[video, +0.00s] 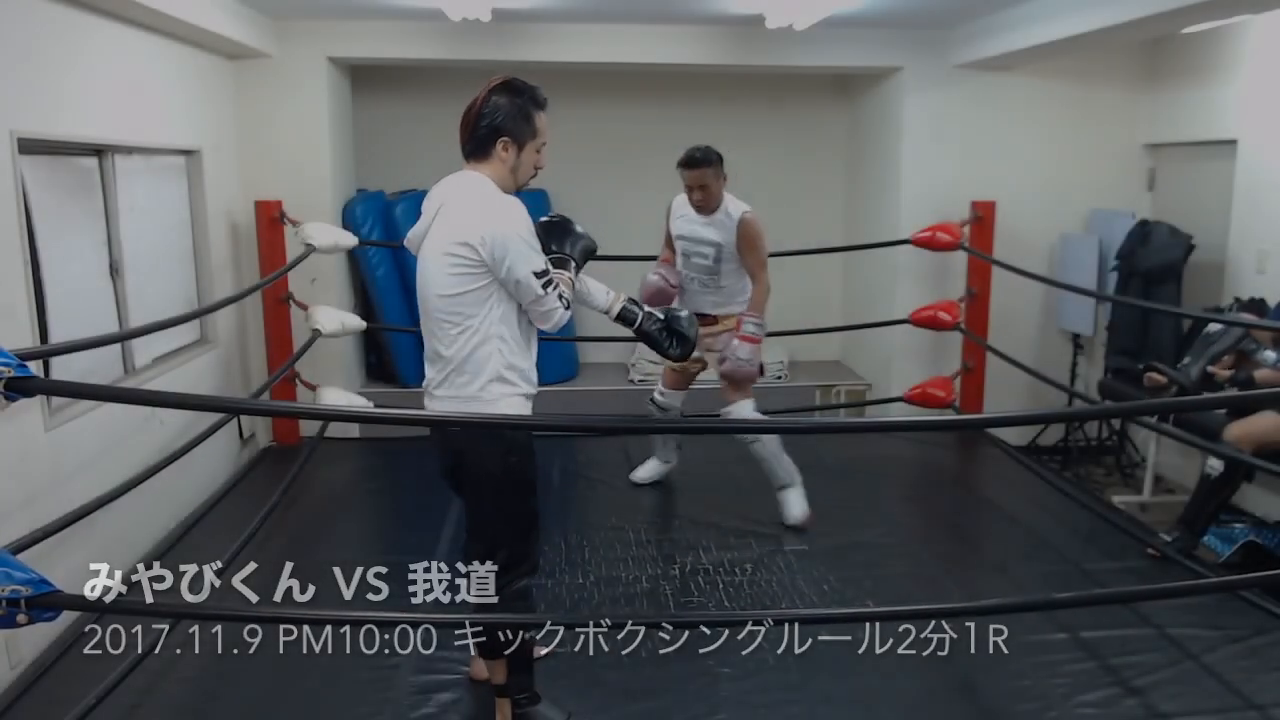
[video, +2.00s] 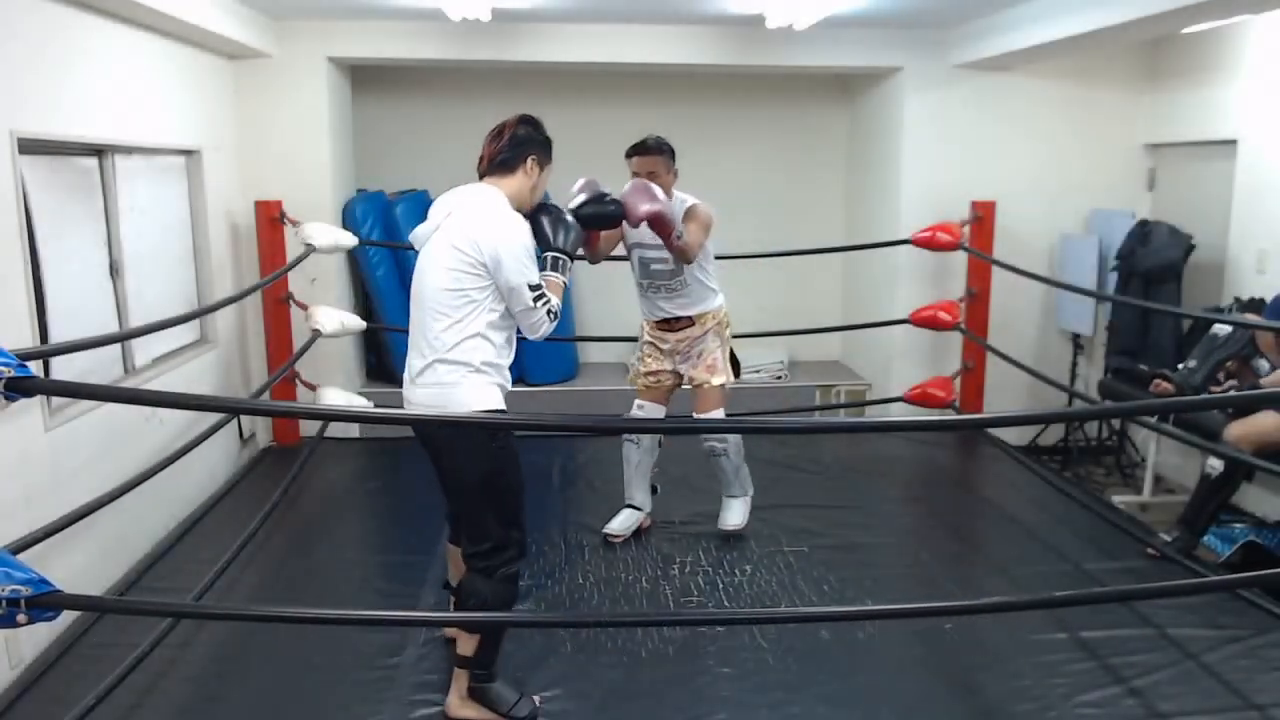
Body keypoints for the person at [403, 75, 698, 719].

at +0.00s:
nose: (541, 162)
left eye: (544, 149)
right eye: (537, 148)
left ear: (485, 142)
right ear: (505, 144)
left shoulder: (445, 195)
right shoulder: (502, 213)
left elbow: (423, 248)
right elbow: (550, 311)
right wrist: (565, 264)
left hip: (453, 405)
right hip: (492, 412)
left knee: (487, 537)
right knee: (512, 555)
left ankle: (487, 654)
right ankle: (512, 703)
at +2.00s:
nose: (540, 193)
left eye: (543, 182)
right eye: (543, 179)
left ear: (493, 160)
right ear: (528, 165)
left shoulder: (447, 209)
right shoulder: (501, 219)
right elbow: (537, 321)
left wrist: (544, 256)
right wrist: (560, 267)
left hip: (427, 400)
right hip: (471, 406)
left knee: (465, 518)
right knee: (498, 548)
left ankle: (460, 615)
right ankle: (466, 692)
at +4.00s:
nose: (488, 177)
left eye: (487, 167)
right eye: (478, 169)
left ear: (452, 175)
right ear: (444, 175)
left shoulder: (470, 228)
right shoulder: (411, 234)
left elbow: (469, 300)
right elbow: (433, 328)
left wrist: (505, 262)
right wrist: (491, 283)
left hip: (457, 383)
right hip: (410, 389)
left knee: (514, 460)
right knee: (403, 507)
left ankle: (510, 550)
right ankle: (351, 610)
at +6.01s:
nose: (442, 170)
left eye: (450, 159)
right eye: (432, 162)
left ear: (466, 162)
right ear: (423, 170)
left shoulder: (501, 206)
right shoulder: (422, 231)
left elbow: (524, 264)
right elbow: (434, 297)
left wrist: (478, 257)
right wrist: (442, 291)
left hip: (518, 338)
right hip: (470, 342)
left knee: (527, 427)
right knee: (451, 431)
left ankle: (546, 518)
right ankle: (467, 503)